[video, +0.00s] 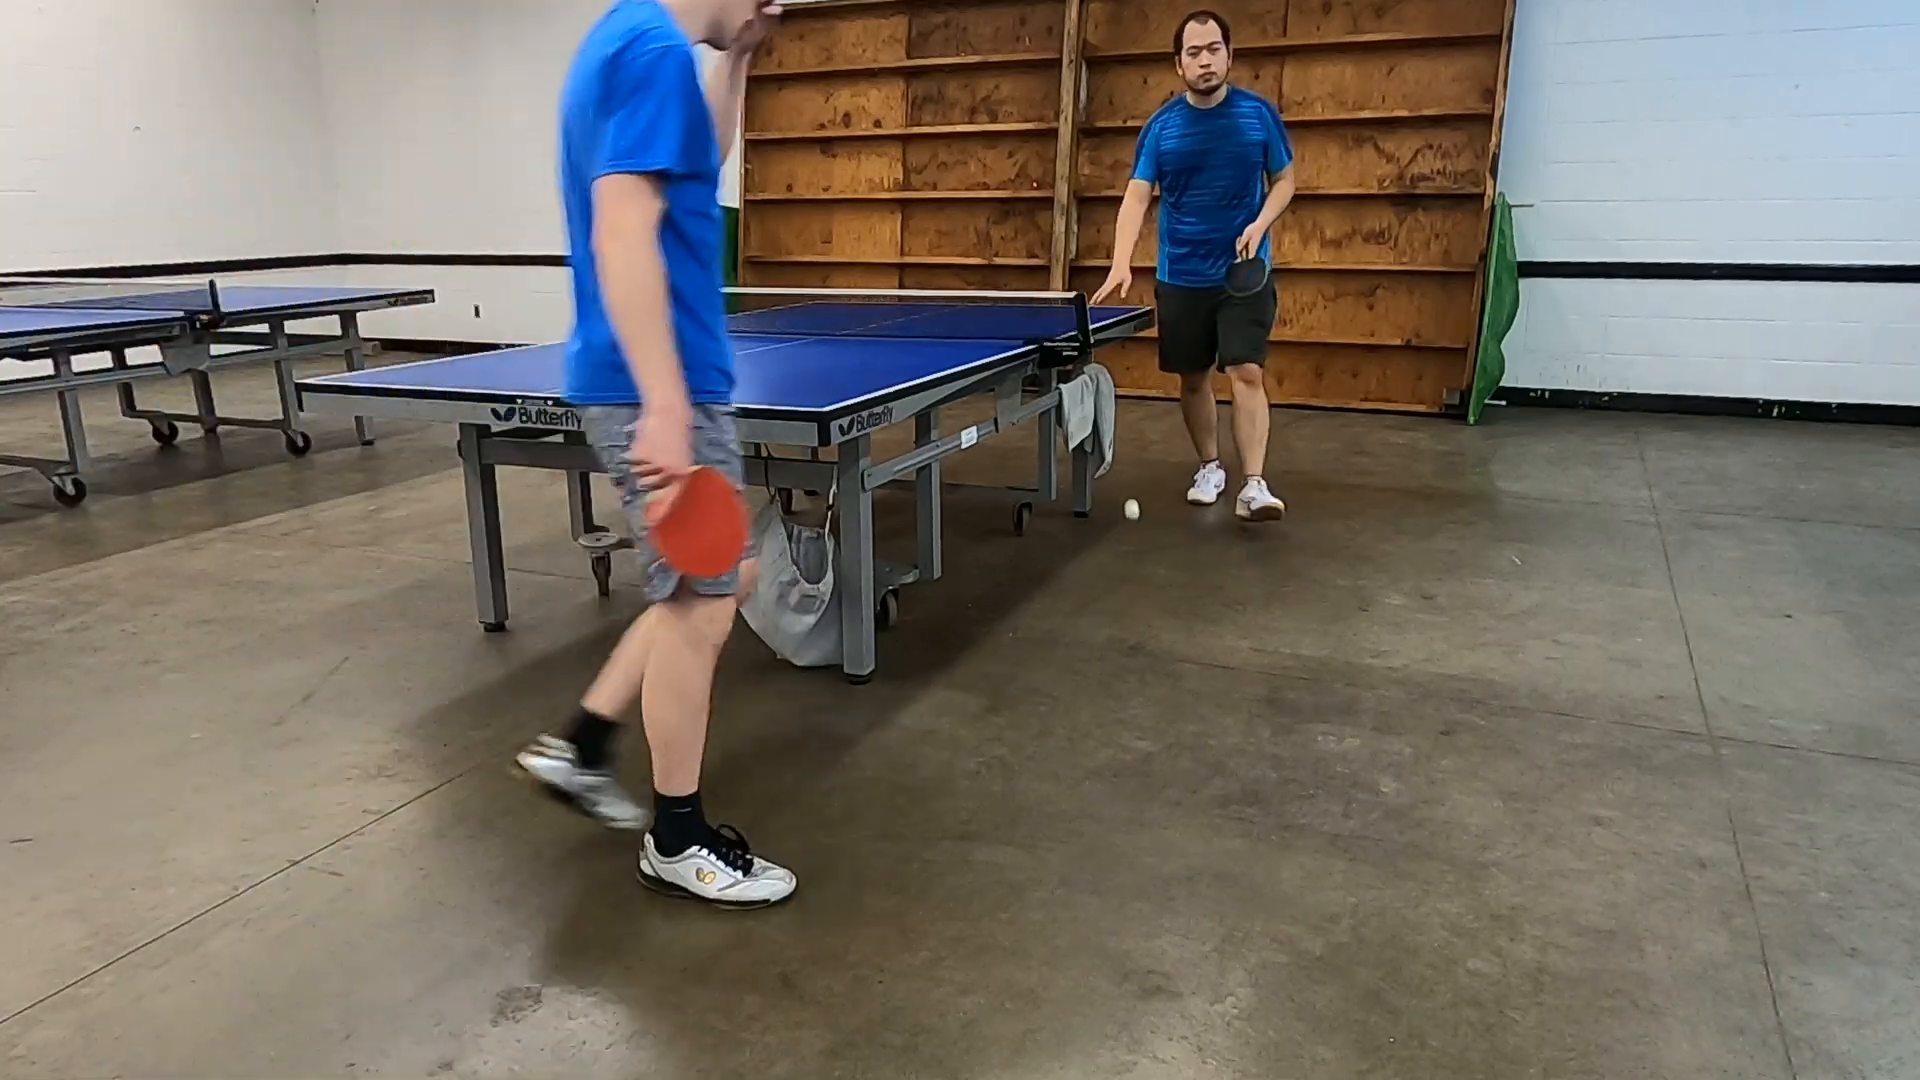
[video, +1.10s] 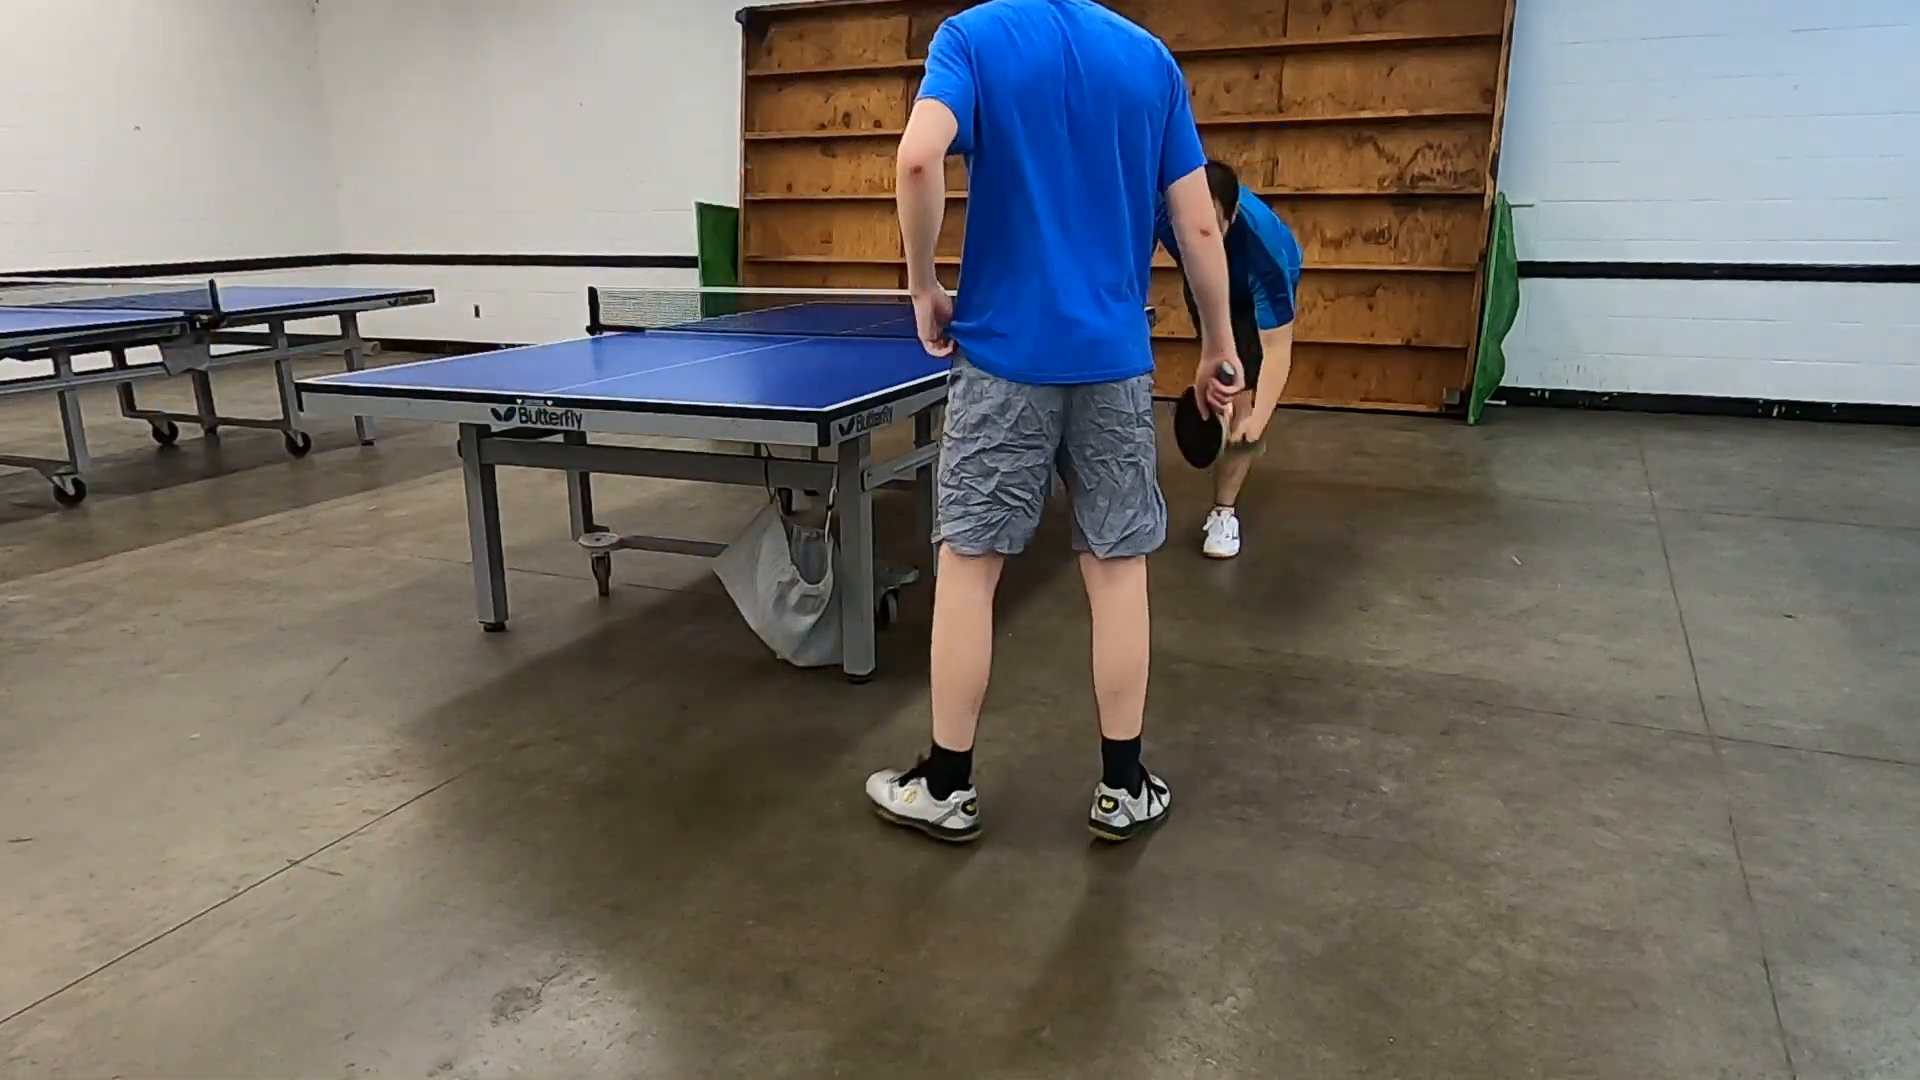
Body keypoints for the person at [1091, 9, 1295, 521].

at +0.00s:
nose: (1205, 60)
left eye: (1213, 48)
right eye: (1194, 52)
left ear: (1229, 54)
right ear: (1179, 63)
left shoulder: (1259, 115)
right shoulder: (1161, 127)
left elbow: (1284, 180)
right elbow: (1136, 199)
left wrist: (1261, 223)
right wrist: (1121, 264)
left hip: (1244, 268)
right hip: (1180, 275)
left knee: (1247, 370)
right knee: (1194, 378)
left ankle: (1254, 483)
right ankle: (1209, 468)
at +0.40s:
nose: (1211, 104)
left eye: (1224, 93)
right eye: (1202, 91)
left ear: (1246, 83)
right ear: (1188, 81)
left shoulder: (1268, 140)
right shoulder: (1169, 127)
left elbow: (1285, 227)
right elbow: (1140, 207)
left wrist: (1252, 296)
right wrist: (1119, 288)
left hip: (1240, 287)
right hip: (1180, 283)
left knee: (1228, 393)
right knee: (1188, 384)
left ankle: (1226, 508)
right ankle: (1207, 460)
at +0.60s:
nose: (1205, 163)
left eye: (1217, 153)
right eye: (1195, 152)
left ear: (1236, 137)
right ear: (1178, 133)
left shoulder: (1259, 176)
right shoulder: (1164, 150)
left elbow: (1272, 276)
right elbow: (1142, 218)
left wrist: (1247, 366)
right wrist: (1120, 298)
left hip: (1240, 295)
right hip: (1187, 286)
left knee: (1227, 402)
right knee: (1195, 376)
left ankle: (1225, 510)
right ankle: (1211, 449)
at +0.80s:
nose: (1196, 238)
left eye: (1208, 228)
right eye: (1186, 227)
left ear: (1229, 209)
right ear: (1170, 210)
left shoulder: (1258, 249)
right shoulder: (1162, 213)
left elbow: (1257, 349)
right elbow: (1136, 254)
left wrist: (1251, 440)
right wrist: (1114, 316)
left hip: (1248, 295)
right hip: (1198, 286)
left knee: (1230, 398)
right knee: (1193, 359)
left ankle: (1225, 509)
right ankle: (1200, 418)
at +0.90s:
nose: (1197, 240)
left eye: (1207, 231)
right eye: (1190, 231)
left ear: (1227, 222)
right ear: (1179, 215)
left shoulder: (1256, 265)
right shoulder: (1169, 203)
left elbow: (1257, 367)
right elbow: (1136, 256)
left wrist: (1252, 457)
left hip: (1264, 286)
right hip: (1208, 277)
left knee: (1247, 386)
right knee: (1217, 367)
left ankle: (1227, 503)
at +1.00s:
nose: (1191, 238)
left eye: (1205, 229)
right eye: (1184, 226)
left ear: (1227, 222)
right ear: (1174, 215)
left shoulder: (1257, 258)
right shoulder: (1163, 213)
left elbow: (1267, 362)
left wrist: (1257, 447)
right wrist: (1222, 369)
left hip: (1266, 280)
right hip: (1204, 277)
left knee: (1247, 387)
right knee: (1222, 369)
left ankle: (1223, 509)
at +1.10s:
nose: (1200, 234)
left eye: (1209, 226)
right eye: (1191, 226)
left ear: (1230, 215)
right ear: (1177, 213)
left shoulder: (1266, 250)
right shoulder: (1169, 216)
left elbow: (1277, 347)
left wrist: (1258, 418)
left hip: (1254, 296)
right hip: (1202, 284)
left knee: (1244, 399)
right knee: (1214, 364)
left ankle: (1223, 510)